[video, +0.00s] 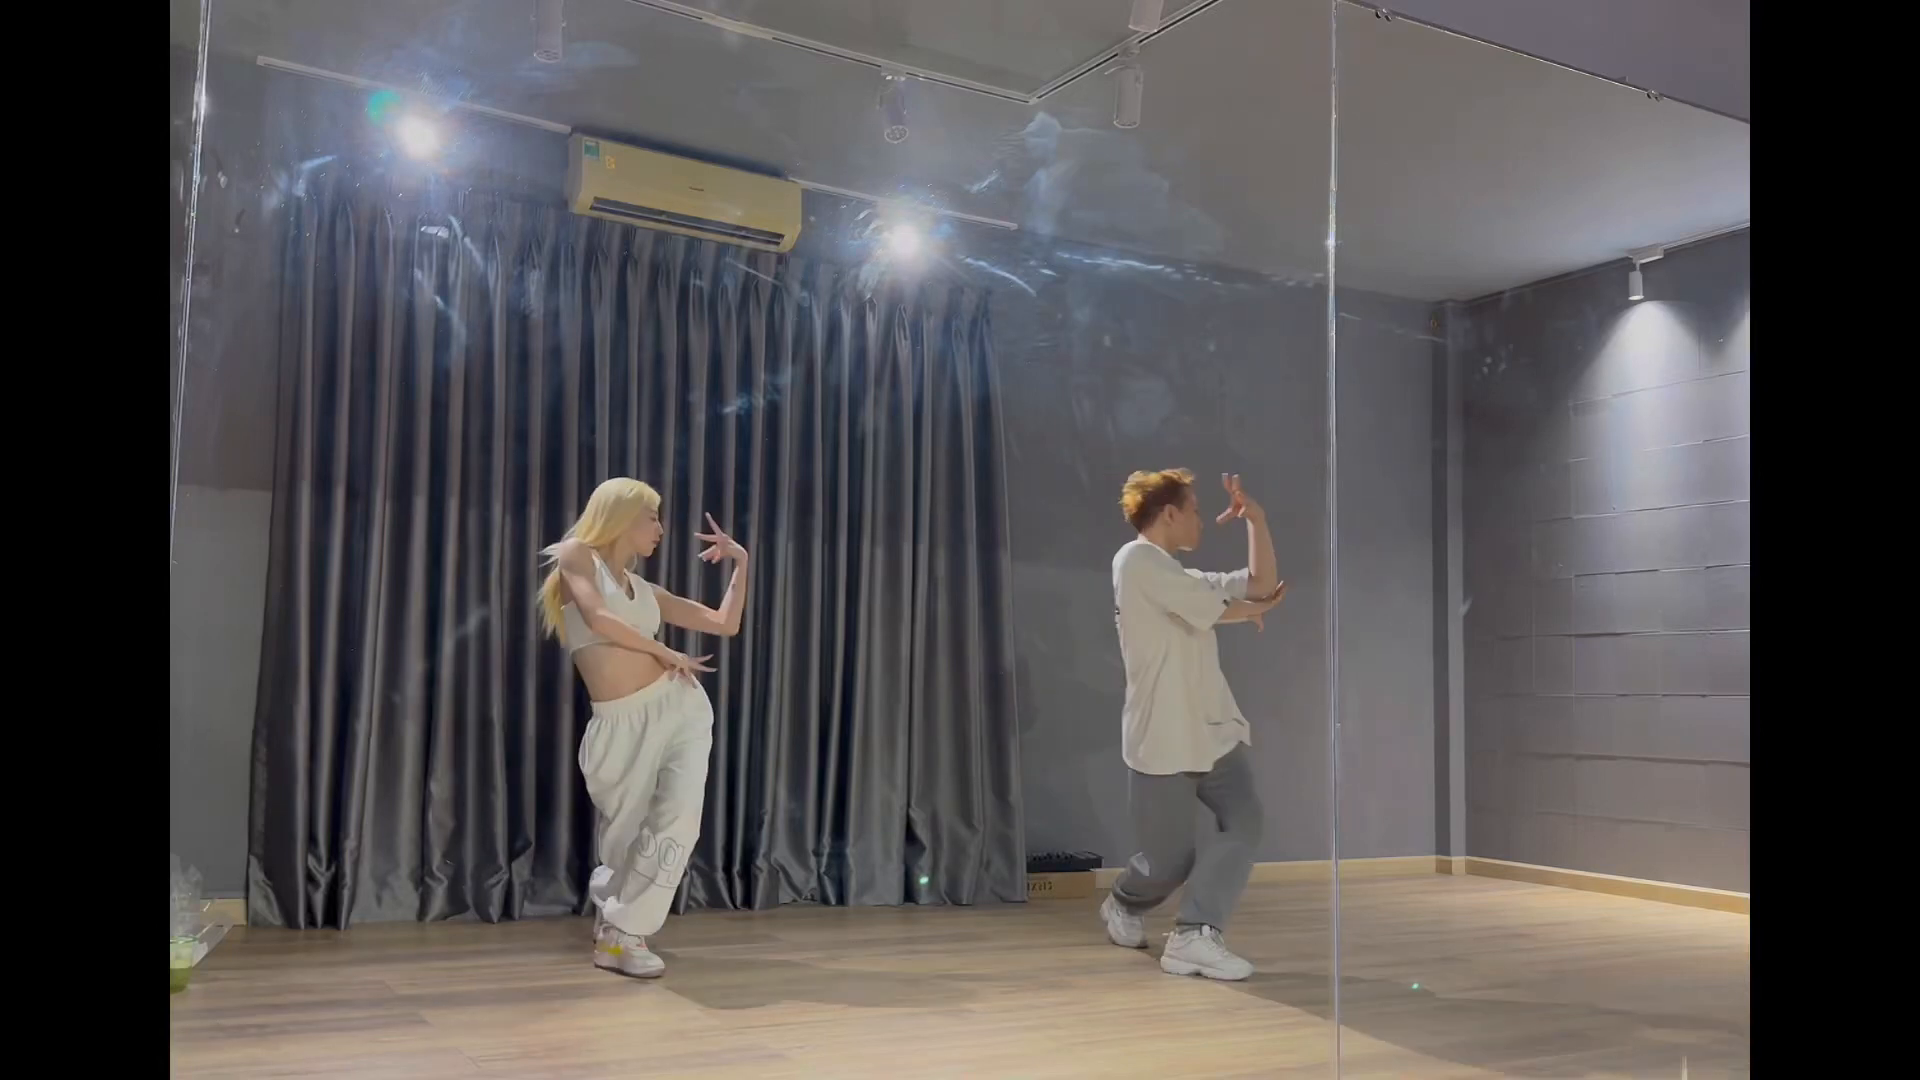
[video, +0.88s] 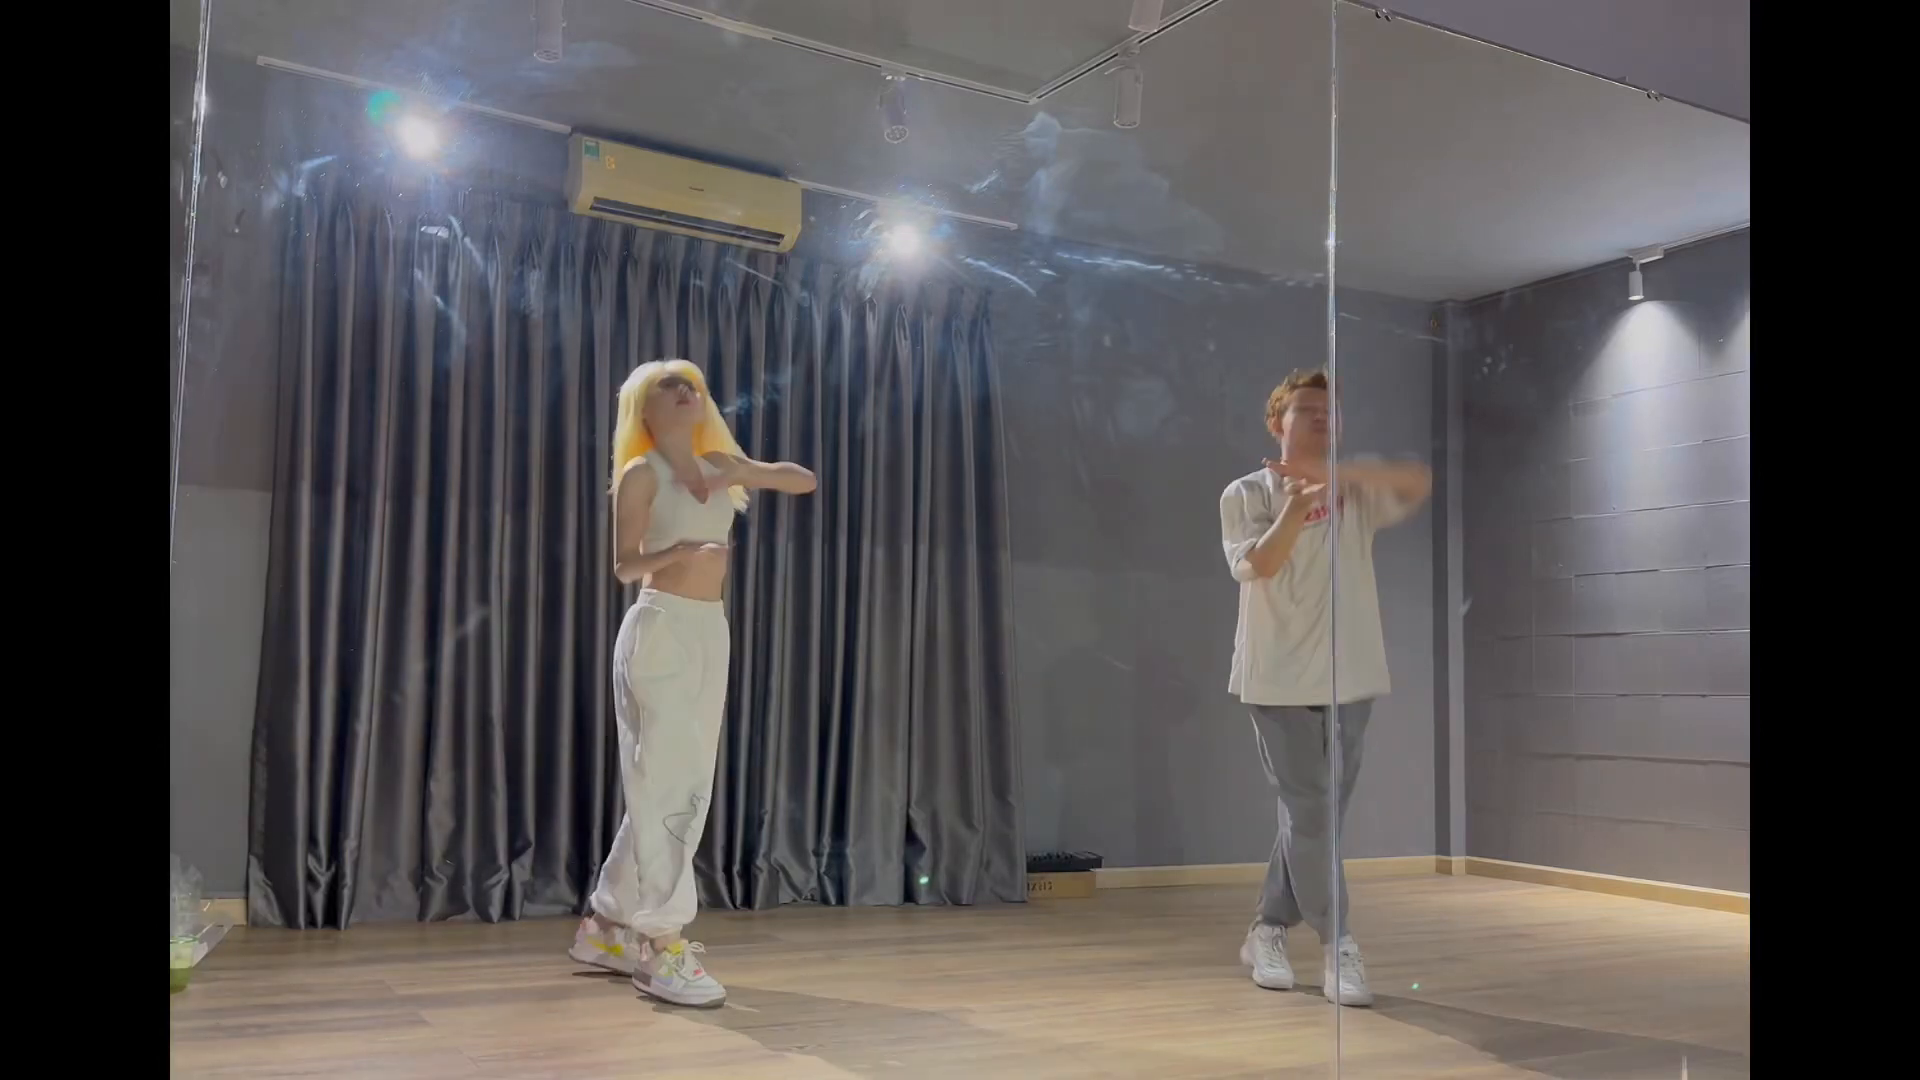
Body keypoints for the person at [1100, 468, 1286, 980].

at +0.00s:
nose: (1201, 521)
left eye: (1199, 511)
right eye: (1194, 511)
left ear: (1164, 515)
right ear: (1169, 513)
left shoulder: (1182, 576)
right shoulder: (1138, 560)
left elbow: (1259, 586)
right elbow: (1196, 607)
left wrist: (1255, 520)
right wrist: (1254, 609)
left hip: (1212, 729)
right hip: (1160, 734)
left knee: (1243, 825)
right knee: (1169, 858)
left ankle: (1193, 937)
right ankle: (1124, 905)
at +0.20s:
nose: (1235, 518)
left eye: (1235, 509)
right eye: (1230, 508)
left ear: (1200, 508)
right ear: (1205, 505)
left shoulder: (1217, 576)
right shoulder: (1157, 543)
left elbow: (1285, 624)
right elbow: (1240, 539)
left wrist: (1314, 578)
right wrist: (1251, 609)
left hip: (1244, 729)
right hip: (1187, 733)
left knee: (1268, 837)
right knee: (1192, 864)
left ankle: (1195, 939)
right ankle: (1112, 869)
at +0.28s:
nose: (1244, 508)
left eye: (1248, 501)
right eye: (1234, 500)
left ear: (1248, 506)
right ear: (1199, 503)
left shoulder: (1247, 583)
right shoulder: (1171, 549)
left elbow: (1287, 640)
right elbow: (1239, 504)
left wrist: (1340, 595)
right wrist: (1243, 594)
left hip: (1248, 730)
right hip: (1191, 728)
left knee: (1275, 847)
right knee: (1240, 839)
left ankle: (1196, 939)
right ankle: (1131, 861)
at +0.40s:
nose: (1254, 508)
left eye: (1261, 499)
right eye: (1241, 499)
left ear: (1275, 507)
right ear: (1215, 506)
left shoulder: (1285, 572)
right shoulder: (1205, 551)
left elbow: (1285, 635)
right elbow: (1210, 517)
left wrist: (1291, 587)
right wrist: (1275, 538)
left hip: (1262, 720)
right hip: (1207, 706)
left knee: (1293, 851)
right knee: (1282, 795)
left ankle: (1193, 938)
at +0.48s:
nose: (1251, 515)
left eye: (1262, 504)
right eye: (1241, 506)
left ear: (1286, 505)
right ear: (1226, 510)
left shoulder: (1321, 569)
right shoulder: (1212, 558)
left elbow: (1321, 630)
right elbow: (1207, 575)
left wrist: (1267, 593)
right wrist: (1282, 515)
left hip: (1289, 733)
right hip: (1216, 717)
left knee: (1301, 857)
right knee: (1285, 819)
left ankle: (1195, 938)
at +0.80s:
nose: (1308, 455)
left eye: (1317, 444)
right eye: (1296, 444)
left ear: (1329, 450)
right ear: (1270, 450)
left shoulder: (1355, 509)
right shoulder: (1244, 516)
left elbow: (1398, 571)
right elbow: (1257, 581)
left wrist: (1347, 555)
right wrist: (1280, 518)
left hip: (1352, 696)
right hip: (1279, 696)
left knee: (1328, 833)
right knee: (1310, 831)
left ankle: (1244, 924)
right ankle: (1346, 954)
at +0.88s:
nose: (1318, 423)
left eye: (1326, 414)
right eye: (1306, 413)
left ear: (1337, 425)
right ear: (1277, 423)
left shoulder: (1356, 494)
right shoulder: (1247, 496)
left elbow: (1418, 482)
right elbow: (1257, 568)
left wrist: (1340, 474)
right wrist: (1293, 513)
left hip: (1353, 676)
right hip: (1279, 680)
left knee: (1318, 814)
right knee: (1312, 813)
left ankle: (1267, 934)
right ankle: (1340, 948)